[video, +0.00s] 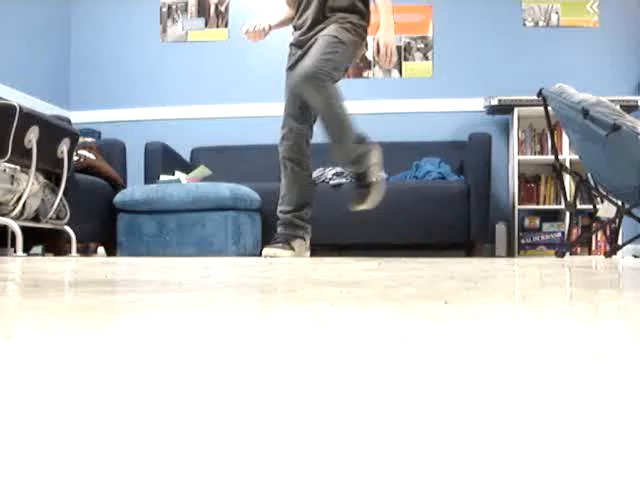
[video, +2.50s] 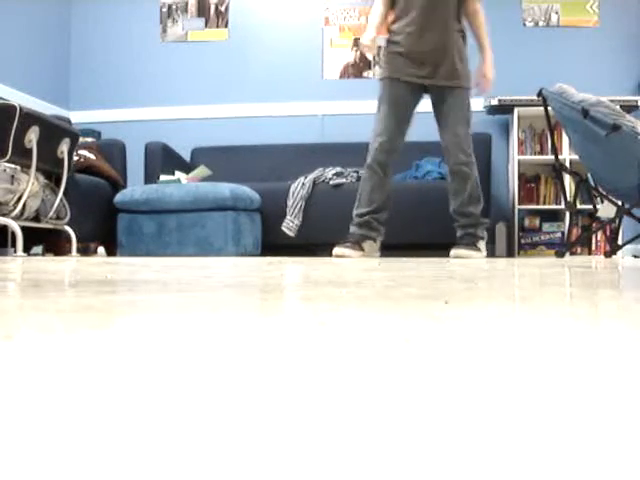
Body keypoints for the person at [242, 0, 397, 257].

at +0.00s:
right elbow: (294, 9)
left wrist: (386, 28)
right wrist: (268, 25)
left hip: (345, 17)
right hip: (305, 28)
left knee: (308, 77)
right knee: (293, 139)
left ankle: (362, 161)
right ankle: (293, 237)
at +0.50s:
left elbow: (450, 11)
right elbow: (352, 8)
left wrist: (457, 38)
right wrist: (337, 29)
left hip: (420, 68)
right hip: (371, 65)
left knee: (432, 148)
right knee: (335, 142)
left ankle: (463, 239)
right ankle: (295, 236)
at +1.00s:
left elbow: (484, 9)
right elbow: (395, 3)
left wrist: (504, 62)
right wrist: (384, 29)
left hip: (457, 50)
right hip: (412, 43)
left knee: (462, 141)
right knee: (392, 99)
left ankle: (471, 234)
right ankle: (430, 197)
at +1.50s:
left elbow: (441, 3)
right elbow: (353, 9)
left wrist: (446, 27)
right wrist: (344, 40)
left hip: (414, 53)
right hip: (368, 54)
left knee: (427, 148)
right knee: (362, 151)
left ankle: (452, 232)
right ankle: (362, 238)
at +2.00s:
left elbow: (423, 3)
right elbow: (338, 9)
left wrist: (435, 30)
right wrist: (326, 27)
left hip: (398, 39)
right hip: (351, 43)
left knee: (397, 128)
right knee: (354, 147)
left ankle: (420, 221)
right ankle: (361, 235)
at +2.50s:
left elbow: (472, 7)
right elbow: (383, 5)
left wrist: (486, 58)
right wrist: (370, 34)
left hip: (449, 60)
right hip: (401, 58)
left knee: (459, 154)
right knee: (381, 149)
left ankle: (470, 238)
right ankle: (364, 238)